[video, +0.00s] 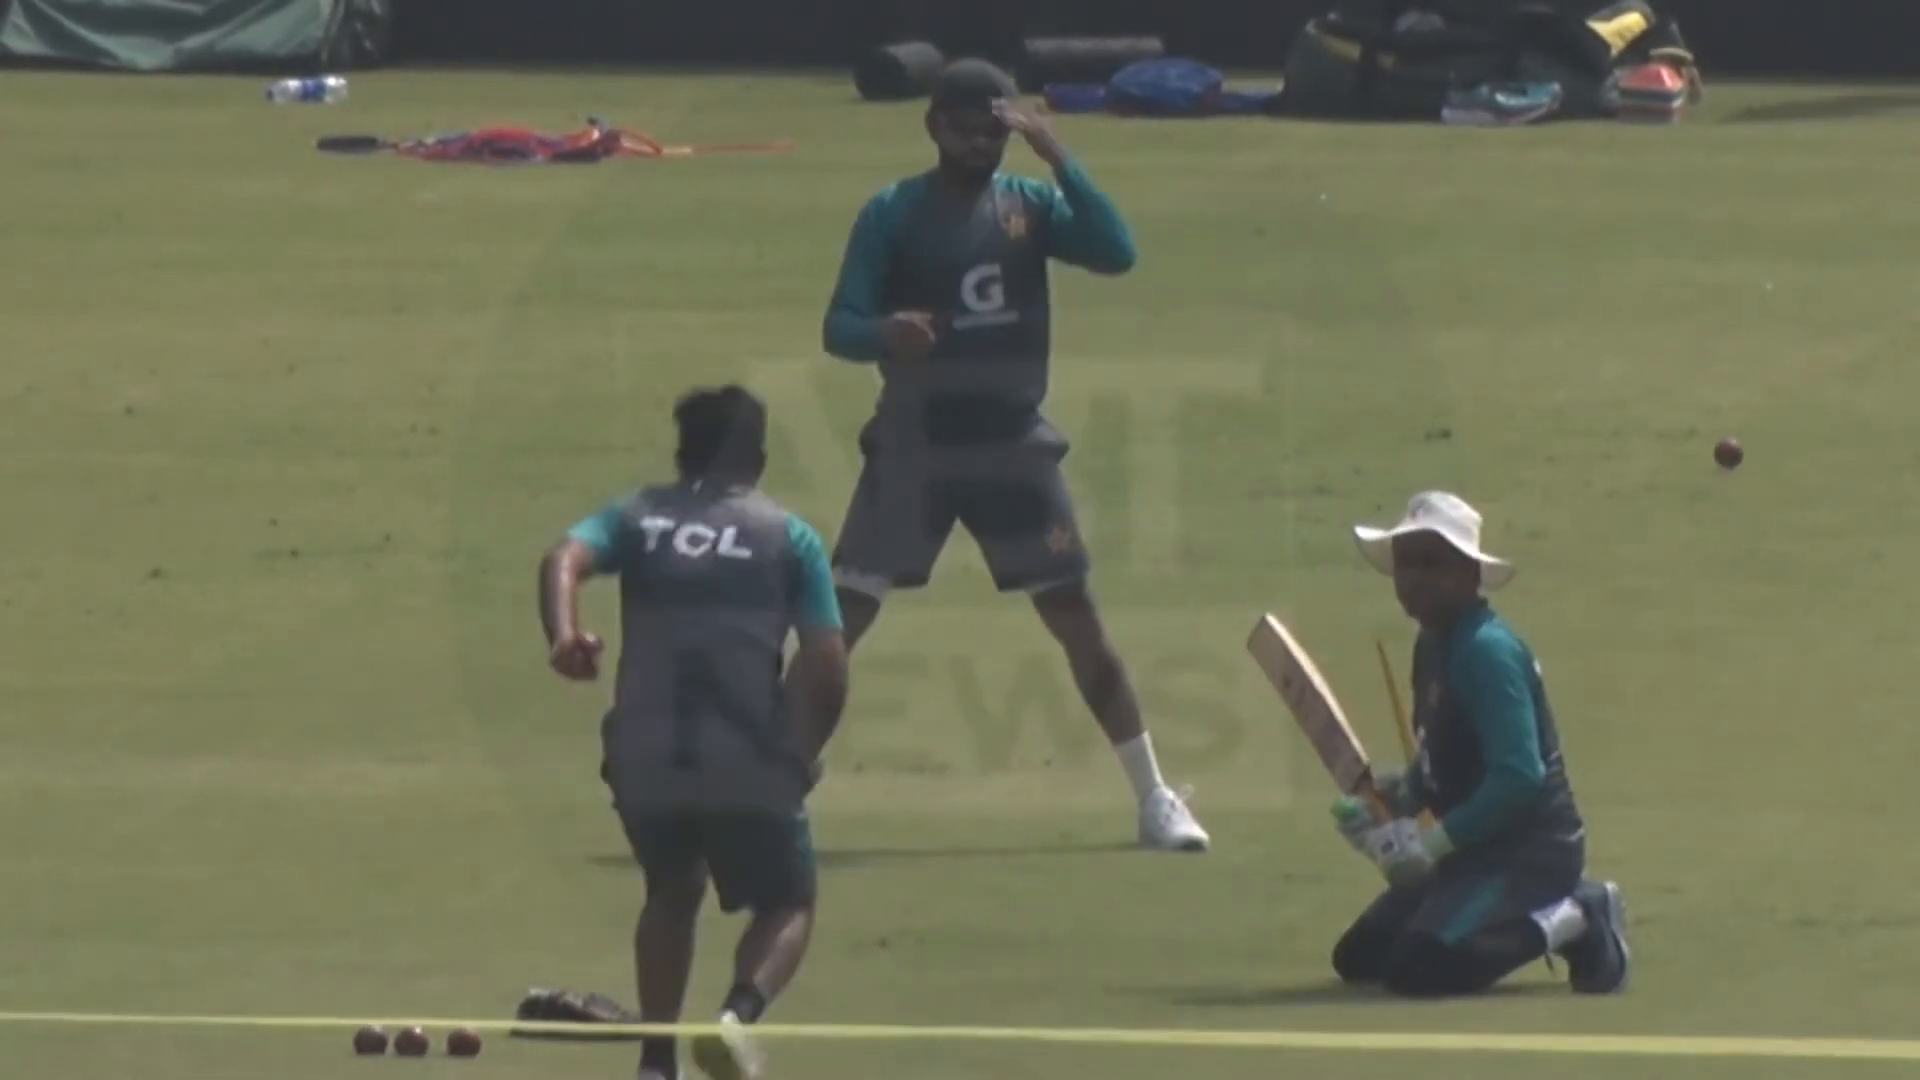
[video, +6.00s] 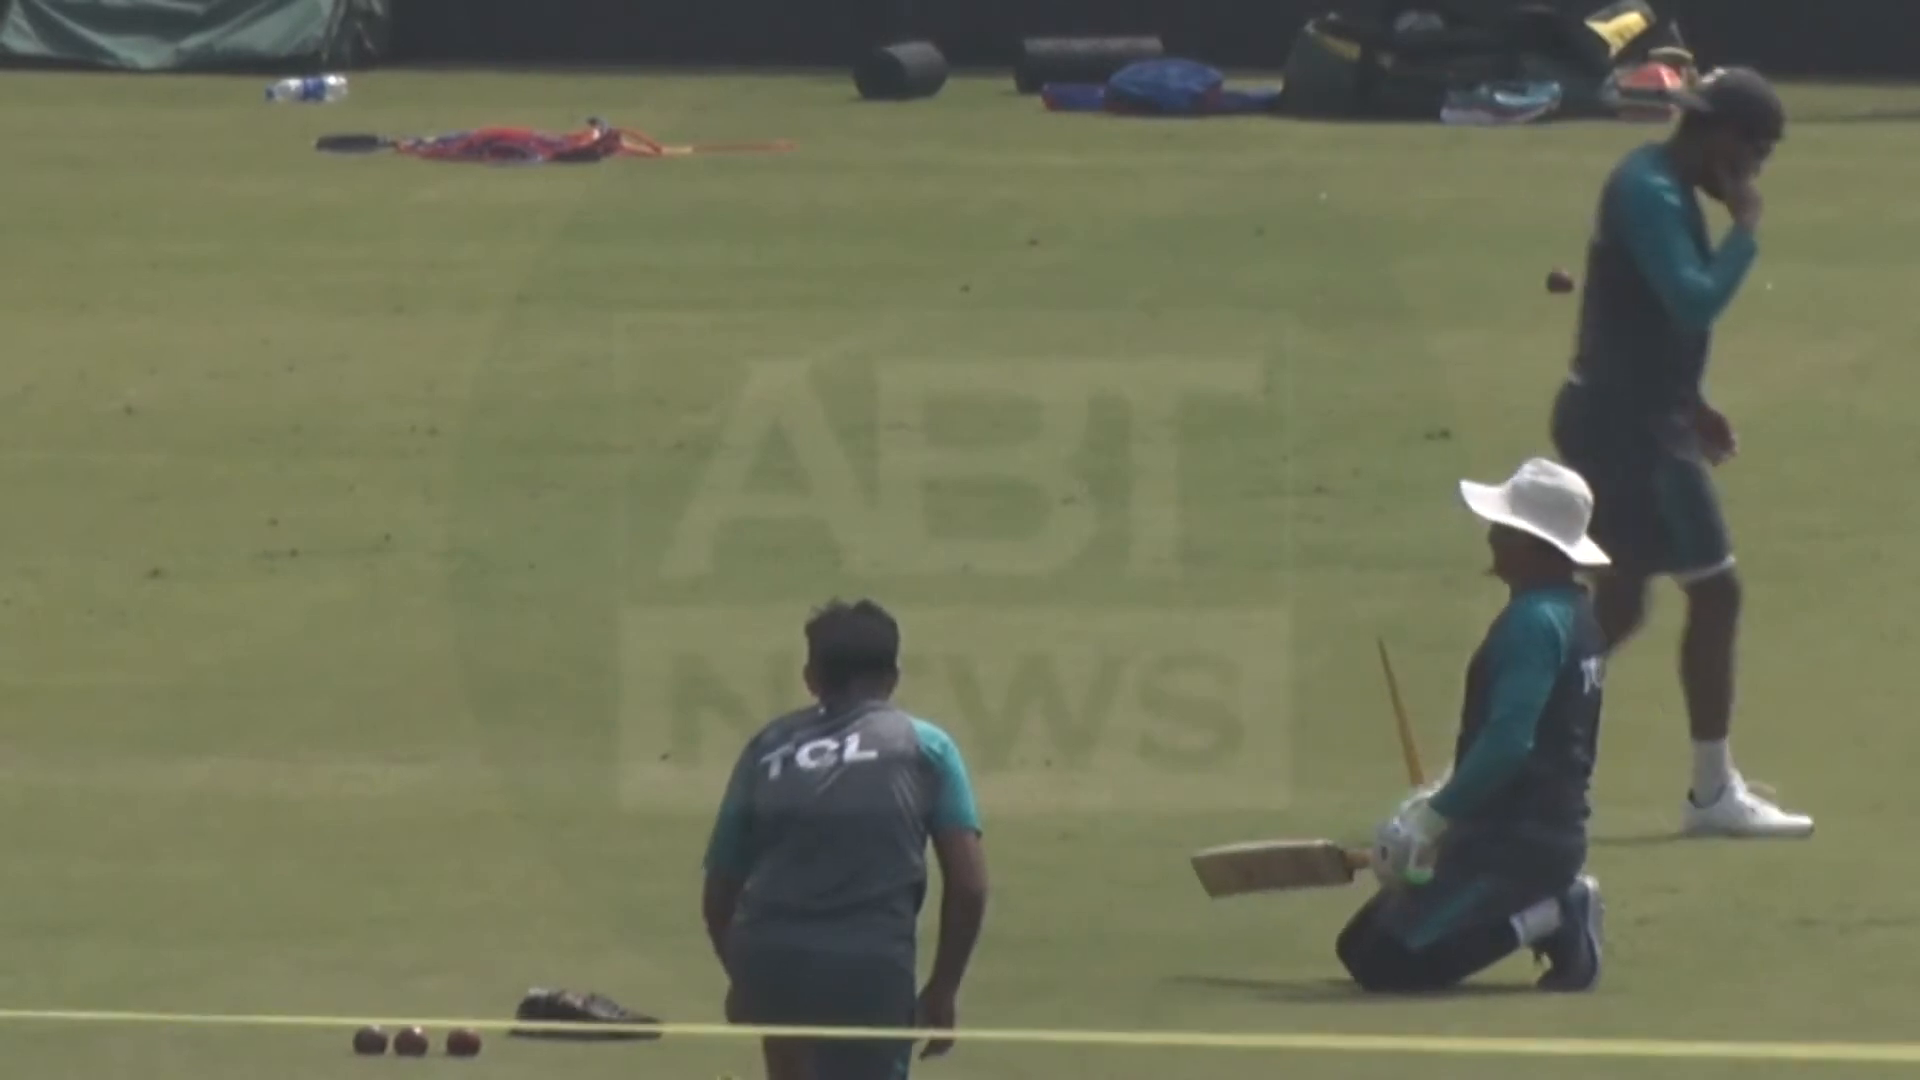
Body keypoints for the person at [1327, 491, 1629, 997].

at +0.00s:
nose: (1408, 579)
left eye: (1428, 564)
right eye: (1402, 564)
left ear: (1467, 573)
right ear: (1392, 571)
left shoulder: (1487, 650)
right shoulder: (1434, 645)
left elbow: (1520, 777)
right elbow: (1444, 759)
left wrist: (1432, 844)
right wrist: (1397, 800)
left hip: (1530, 856)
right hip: (1480, 848)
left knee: (1415, 970)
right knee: (1358, 958)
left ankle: (1578, 918)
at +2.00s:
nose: (1421, 586)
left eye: (1439, 570)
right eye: (1415, 570)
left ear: (1477, 578)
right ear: (1406, 574)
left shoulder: (1499, 651)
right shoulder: (1435, 646)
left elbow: (1526, 776)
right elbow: (1445, 756)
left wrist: (1438, 842)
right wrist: (1403, 803)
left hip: (1535, 856)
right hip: (1482, 848)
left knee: (1416, 969)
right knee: (1357, 957)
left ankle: (1580, 920)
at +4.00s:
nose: (1265, 529)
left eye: (1274, 522)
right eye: (1269, 522)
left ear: (1289, 526)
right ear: (1342, 543)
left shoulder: (1277, 548)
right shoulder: (1359, 603)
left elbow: (1202, 648)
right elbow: (1343, 748)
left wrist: (1175, 727)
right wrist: (1252, 771)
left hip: (1379, 758)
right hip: (1422, 762)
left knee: (1335, 923)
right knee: (1331, 954)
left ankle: (1521, 891)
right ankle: (1512, 906)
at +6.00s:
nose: (1489, 534)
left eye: (1503, 526)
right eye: (1493, 522)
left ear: (1538, 543)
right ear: (1549, 545)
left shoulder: (1536, 621)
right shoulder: (1568, 610)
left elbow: (1507, 744)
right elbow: (1501, 745)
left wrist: (1429, 816)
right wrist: (1427, 807)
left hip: (1521, 850)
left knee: (1383, 964)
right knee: (1365, 946)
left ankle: (1555, 915)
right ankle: (1545, 907)